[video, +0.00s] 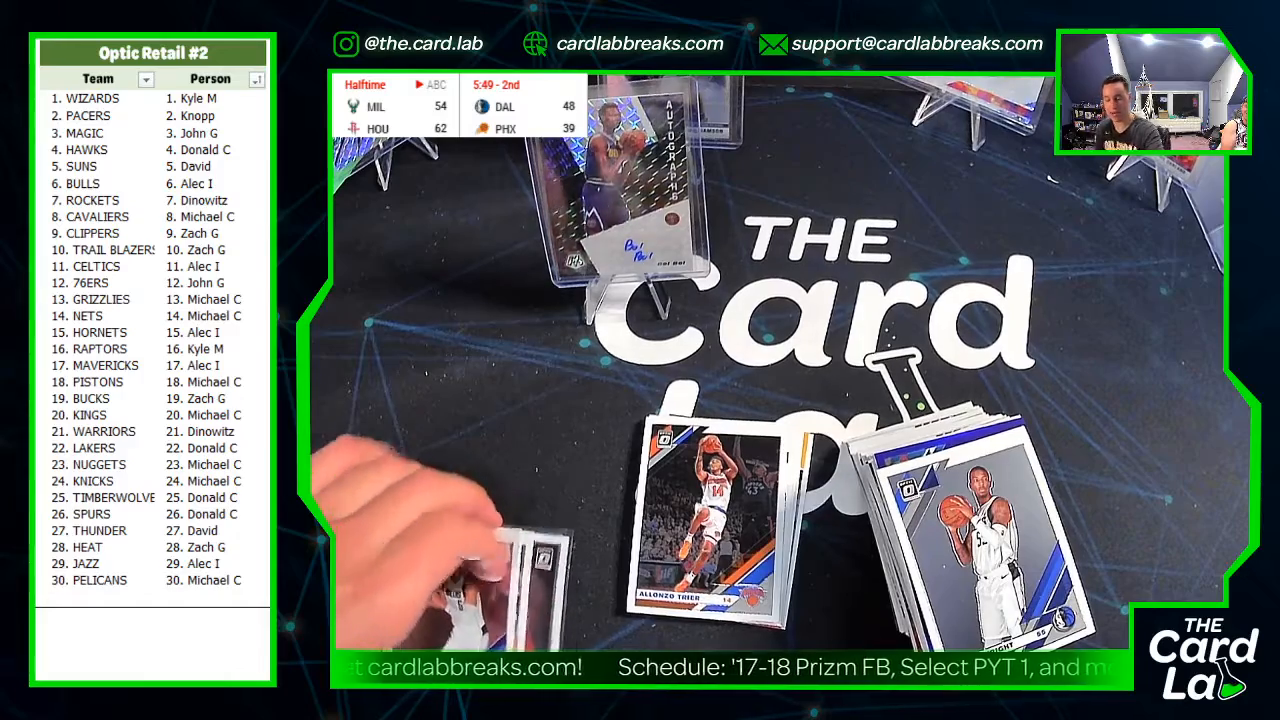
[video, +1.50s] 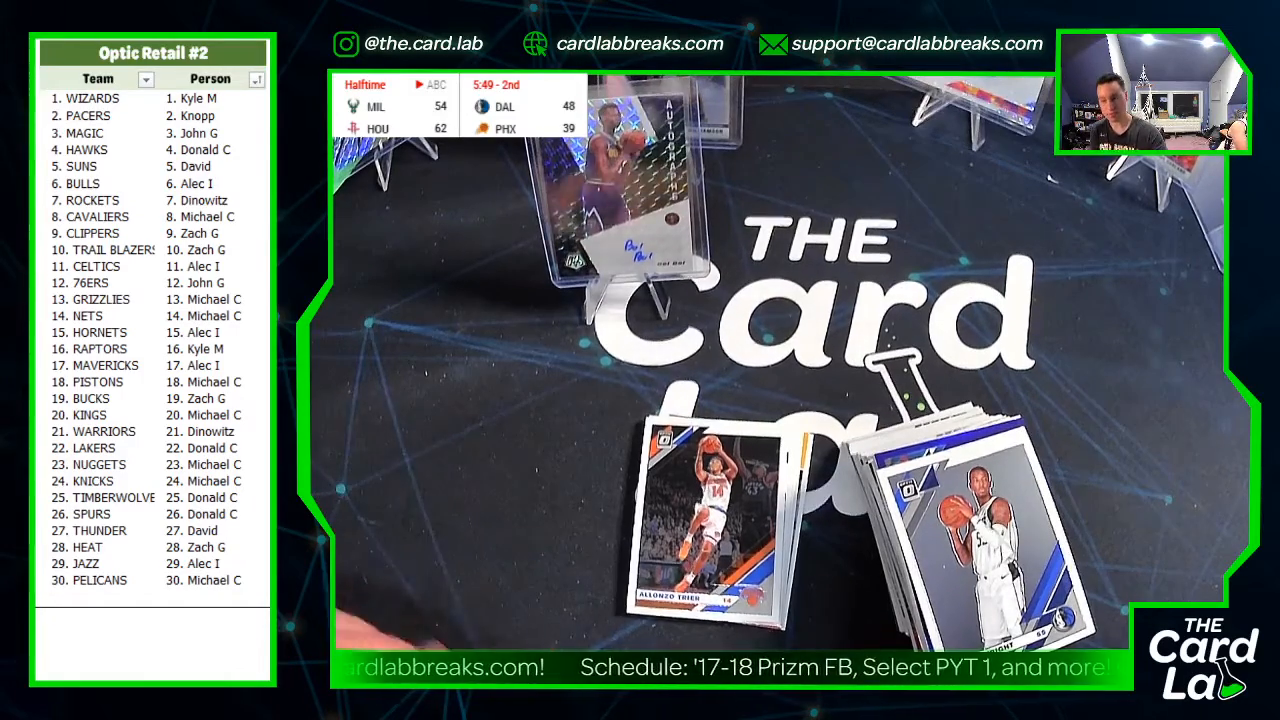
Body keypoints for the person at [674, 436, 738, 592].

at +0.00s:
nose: (714, 464)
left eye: (717, 462)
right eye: (713, 462)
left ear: (721, 465)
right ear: (709, 465)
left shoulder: (727, 476)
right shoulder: (706, 477)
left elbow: (734, 469)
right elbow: (699, 471)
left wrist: (721, 452)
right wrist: (700, 451)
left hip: (720, 513)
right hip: (706, 507)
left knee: (707, 550)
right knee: (704, 512)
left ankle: (688, 579)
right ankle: (688, 540)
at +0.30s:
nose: (714, 463)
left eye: (717, 461)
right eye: (713, 461)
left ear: (721, 465)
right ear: (709, 465)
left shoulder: (727, 475)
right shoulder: (706, 477)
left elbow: (734, 469)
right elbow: (698, 471)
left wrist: (722, 452)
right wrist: (700, 450)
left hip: (720, 512)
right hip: (706, 507)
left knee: (707, 549)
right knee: (704, 511)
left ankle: (688, 578)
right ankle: (688, 540)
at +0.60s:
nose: (715, 463)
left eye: (717, 462)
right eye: (713, 461)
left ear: (721, 465)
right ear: (709, 465)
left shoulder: (727, 475)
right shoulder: (706, 477)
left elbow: (734, 469)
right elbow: (698, 471)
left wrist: (721, 452)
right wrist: (700, 450)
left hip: (720, 512)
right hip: (706, 507)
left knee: (707, 549)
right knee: (704, 511)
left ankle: (688, 578)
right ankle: (688, 540)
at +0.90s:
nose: (714, 463)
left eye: (717, 461)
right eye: (712, 461)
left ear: (721, 465)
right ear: (709, 465)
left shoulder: (727, 476)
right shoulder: (705, 476)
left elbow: (734, 468)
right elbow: (698, 471)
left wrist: (721, 452)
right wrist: (700, 450)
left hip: (720, 512)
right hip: (706, 506)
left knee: (707, 549)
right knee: (704, 511)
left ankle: (689, 578)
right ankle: (688, 540)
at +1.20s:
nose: (714, 464)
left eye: (717, 462)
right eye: (712, 462)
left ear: (721, 466)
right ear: (709, 465)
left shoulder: (727, 476)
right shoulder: (705, 477)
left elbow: (734, 469)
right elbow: (698, 471)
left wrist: (721, 452)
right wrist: (700, 451)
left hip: (720, 513)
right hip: (705, 507)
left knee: (707, 551)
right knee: (704, 512)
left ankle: (688, 579)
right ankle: (688, 540)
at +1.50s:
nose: (715, 464)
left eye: (717, 463)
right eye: (712, 462)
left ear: (721, 466)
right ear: (709, 466)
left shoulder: (727, 476)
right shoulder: (705, 477)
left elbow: (734, 468)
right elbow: (698, 470)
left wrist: (721, 452)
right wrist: (700, 450)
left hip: (720, 512)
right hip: (706, 507)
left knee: (707, 551)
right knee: (704, 512)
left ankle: (688, 579)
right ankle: (688, 540)